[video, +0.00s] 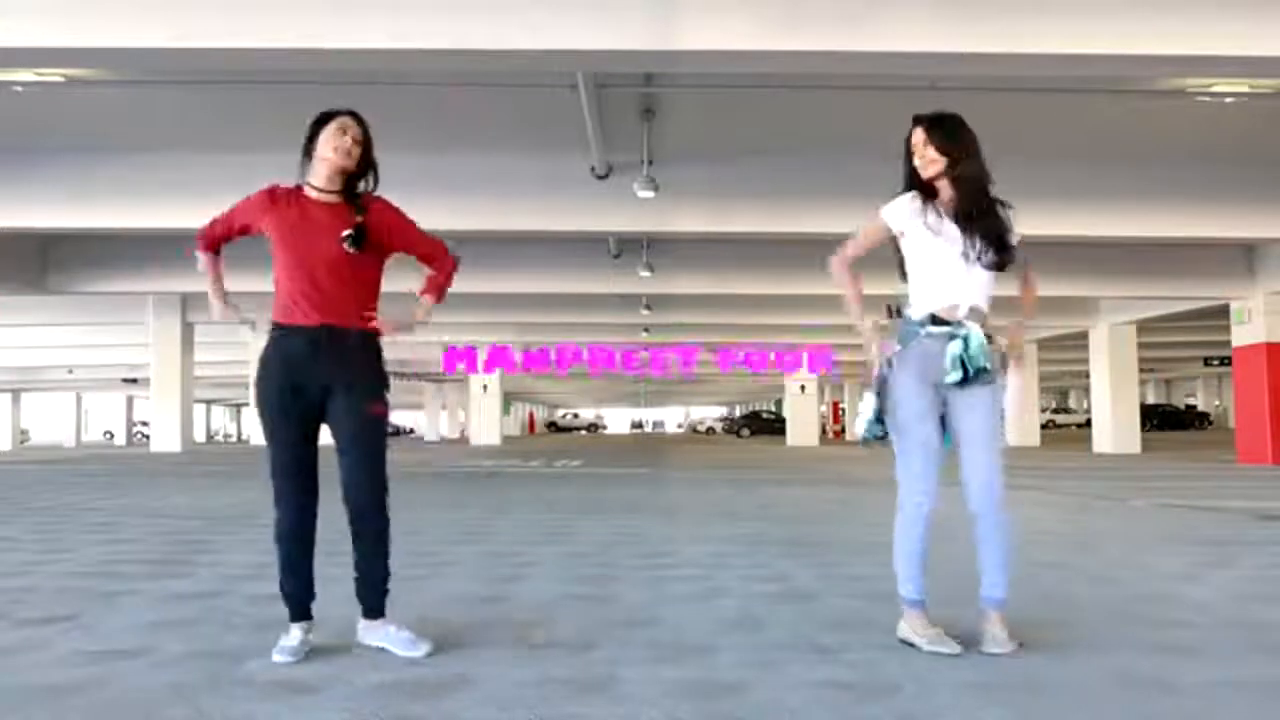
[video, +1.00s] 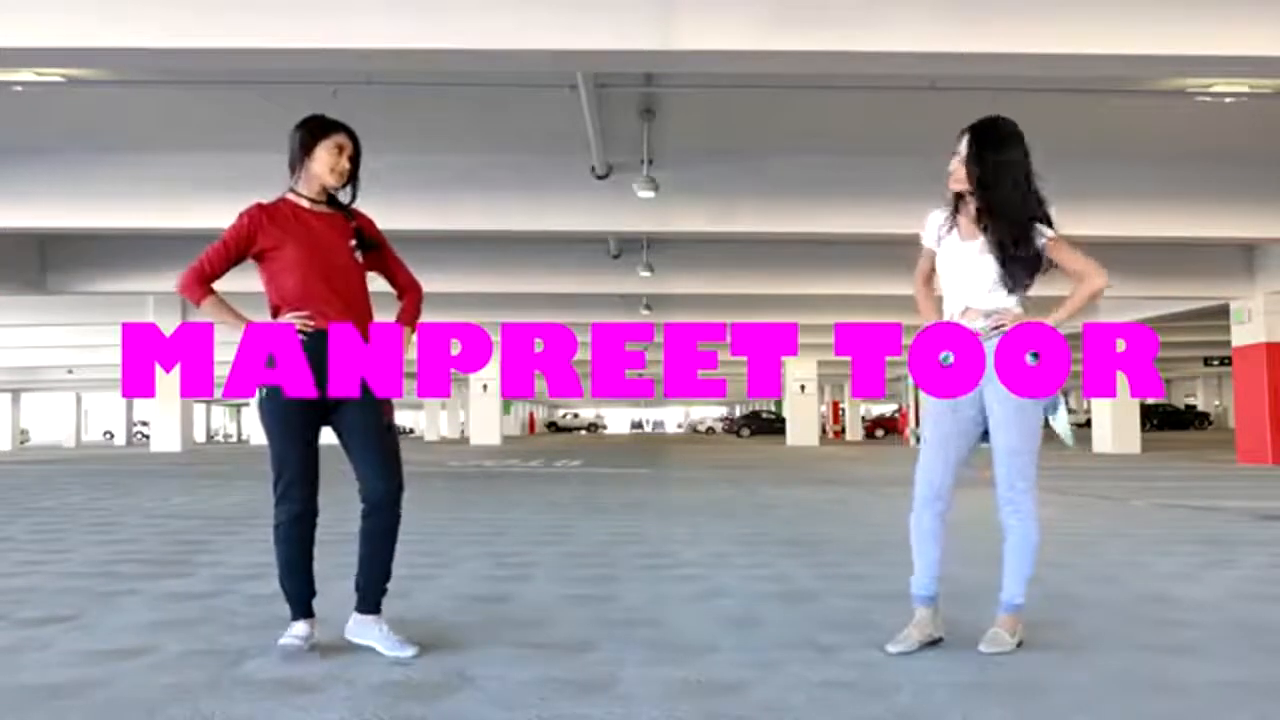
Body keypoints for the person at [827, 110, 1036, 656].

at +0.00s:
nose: (920, 160)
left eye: (928, 150)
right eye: (914, 152)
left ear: (956, 150)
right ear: (914, 158)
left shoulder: (991, 215)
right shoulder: (907, 210)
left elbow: (1028, 285)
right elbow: (842, 260)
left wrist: (1014, 329)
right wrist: (866, 323)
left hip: (976, 354)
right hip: (917, 350)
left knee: (986, 490)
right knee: (918, 488)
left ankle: (993, 614)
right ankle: (912, 613)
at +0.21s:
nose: (922, 152)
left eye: (931, 144)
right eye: (923, 143)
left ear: (960, 149)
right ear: (938, 149)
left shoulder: (1007, 208)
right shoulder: (918, 208)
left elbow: (1082, 254)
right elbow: (864, 250)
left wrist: (1042, 307)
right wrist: (892, 294)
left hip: (989, 348)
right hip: (926, 348)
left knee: (988, 490)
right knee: (923, 492)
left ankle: (1006, 615)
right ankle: (912, 613)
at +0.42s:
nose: (943, 168)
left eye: (953, 162)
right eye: (945, 159)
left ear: (978, 171)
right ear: (955, 166)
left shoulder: (1012, 229)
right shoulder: (941, 223)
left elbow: (1074, 276)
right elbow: (919, 286)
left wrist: (1030, 324)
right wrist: (928, 332)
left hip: (1002, 374)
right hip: (946, 373)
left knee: (1011, 495)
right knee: (916, 492)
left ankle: (1009, 615)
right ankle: (910, 612)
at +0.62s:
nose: (952, 176)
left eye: (962, 170)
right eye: (953, 167)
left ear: (989, 179)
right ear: (959, 172)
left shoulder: (1021, 232)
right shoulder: (945, 229)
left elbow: (1083, 274)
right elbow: (931, 288)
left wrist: (1037, 322)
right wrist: (938, 333)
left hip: (1005, 371)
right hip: (951, 371)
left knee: (1012, 493)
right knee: (921, 486)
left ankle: (1010, 616)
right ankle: (924, 612)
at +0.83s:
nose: (948, 174)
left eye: (958, 169)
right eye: (950, 165)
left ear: (985, 181)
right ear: (960, 172)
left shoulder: (1025, 233)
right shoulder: (945, 224)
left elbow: (1093, 282)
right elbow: (927, 283)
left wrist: (1044, 325)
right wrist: (935, 332)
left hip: (1010, 371)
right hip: (952, 370)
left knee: (1015, 493)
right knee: (922, 485)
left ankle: (1010, 616)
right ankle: (924, 612)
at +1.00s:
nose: (951, 163)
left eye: (963, 157)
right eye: (954, 153)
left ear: (988, 171)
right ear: (960, 162)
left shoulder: (1023, 230)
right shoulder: (940, 224)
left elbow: (1095, 277)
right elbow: (923, 280)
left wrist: (1047, 323)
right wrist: (936, 330)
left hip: (1012, 371)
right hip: (952, 369)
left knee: (1015, 494)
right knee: (930, 490)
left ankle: (1010, 616)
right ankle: (924, 612)